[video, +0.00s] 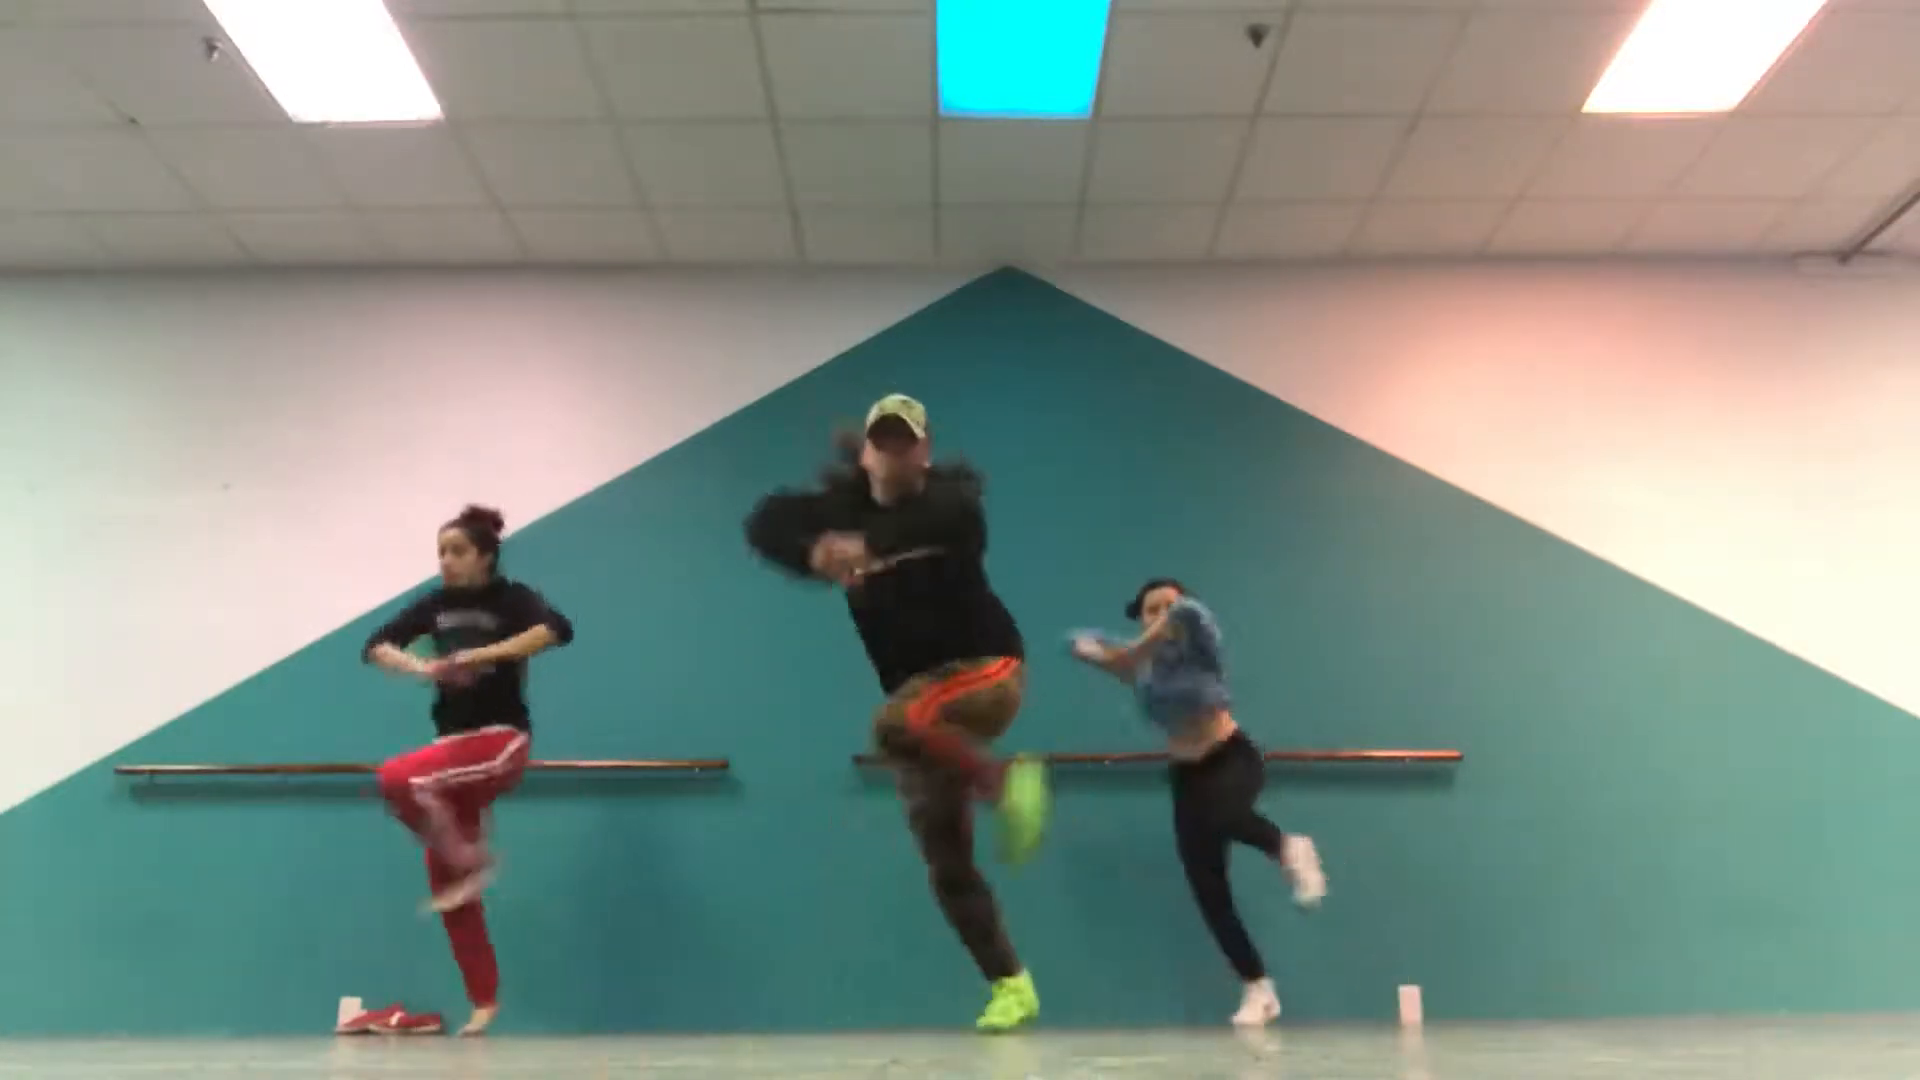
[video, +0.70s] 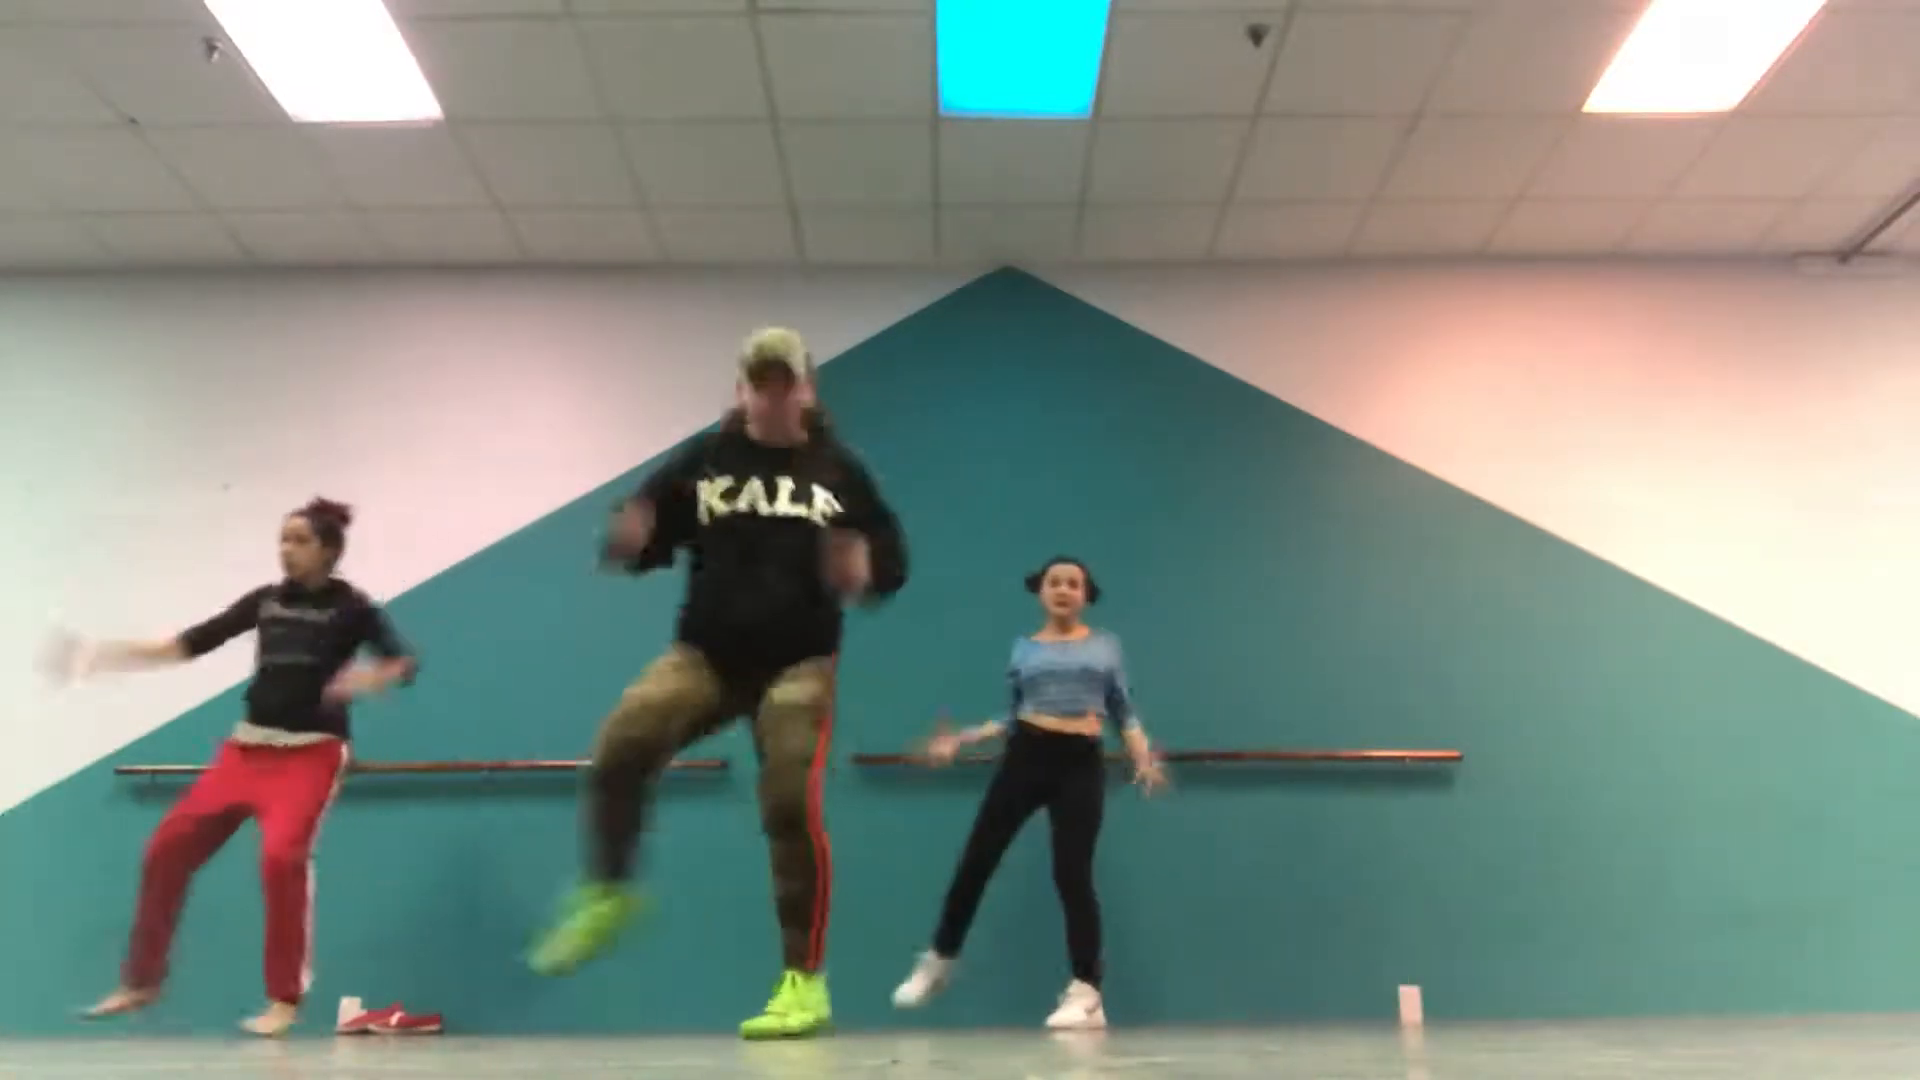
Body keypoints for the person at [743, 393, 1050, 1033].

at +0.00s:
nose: (893, 451)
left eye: (904, 441)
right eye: (882, 440)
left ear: (924, 450)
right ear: (865, 451)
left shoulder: (952, 492)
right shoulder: (844, 505)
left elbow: (948, 520)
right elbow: (765, 522)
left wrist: (868, 544)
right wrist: (817, 548)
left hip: (986, 668)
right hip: (912, 693)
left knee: (898, 723)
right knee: (945, 858)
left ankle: (1008, 785)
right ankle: (1009, 982)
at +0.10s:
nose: (894, 438)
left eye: (907, 429)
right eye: (884, 428)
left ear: (928, 442)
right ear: (867, 438)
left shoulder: (956, 499)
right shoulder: (840, 509)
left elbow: (957, 581)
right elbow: (783, 582)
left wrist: (877, 626)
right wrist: (814, 639)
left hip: (973, 668)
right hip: (904, 685)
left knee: (903, 746)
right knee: (947, 842)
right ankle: (1007, 974)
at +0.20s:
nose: (888, 443)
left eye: (901, 434)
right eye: (879, 432)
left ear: (923, 448)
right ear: (861, 442)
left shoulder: (947, 513)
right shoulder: (831, 521)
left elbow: (951, 617)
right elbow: (819, 617)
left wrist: (900, 701)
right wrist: (830, 703)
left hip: (947, 688)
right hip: (878, 695)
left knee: (896, 816)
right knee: (953, 844)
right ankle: (1012, 982)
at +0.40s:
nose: (850, 410)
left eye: (866, 400)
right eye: (842, 396)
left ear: (890, 415)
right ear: (824, 403)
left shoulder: (910, 492)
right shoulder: (778, 480)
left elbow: (934, 579)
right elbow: (754, 576)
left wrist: (871, 641)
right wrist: (794, 643)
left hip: (889, 668)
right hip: (814, 672)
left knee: (852, 807)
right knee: (856, 825)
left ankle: (817, 979)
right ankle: (973, 950)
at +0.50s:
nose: (818, 410)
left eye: (833, 399)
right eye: (809, 397)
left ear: (857, 407)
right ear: (792, 402)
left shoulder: (882, 475)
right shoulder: (755, 468)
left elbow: (932, 539)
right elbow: (699, 525)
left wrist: (843, 536)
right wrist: (771, 533)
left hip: (859, 664)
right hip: (780, 670)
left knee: (814, 797)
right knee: (755, 800)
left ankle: (812, 975)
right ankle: (874, 877)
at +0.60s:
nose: (787, 430)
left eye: (799, 418)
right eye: (776, 418)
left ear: (825, 418)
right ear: (760, 418)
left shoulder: (853, 479)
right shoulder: (733, 477)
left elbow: (916, 550)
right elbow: (670, 544)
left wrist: (856, 489)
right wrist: (692, 486)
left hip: (829, 668)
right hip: (746, 665)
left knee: (790, 803)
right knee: (678, 745)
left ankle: (811, 980)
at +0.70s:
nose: (768, 398)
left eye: (782, 384)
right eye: (758, 384)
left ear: (806, 390)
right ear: (741, 389)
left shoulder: (837, 472)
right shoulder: (702, 460)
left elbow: (891, 566)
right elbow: (647, 550)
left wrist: (864, 567)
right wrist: (630, 540)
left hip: (796, 660)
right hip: (707, 654)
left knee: (789, 805)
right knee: (622, 744)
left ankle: (803, 978)